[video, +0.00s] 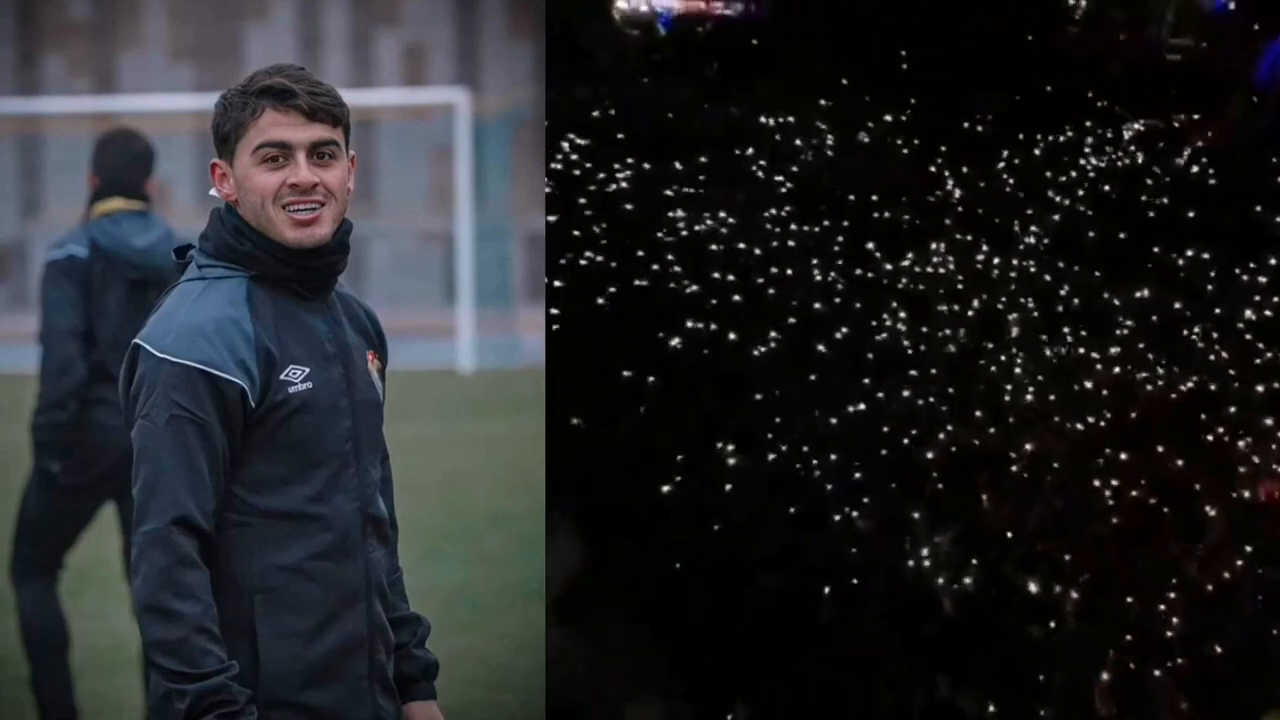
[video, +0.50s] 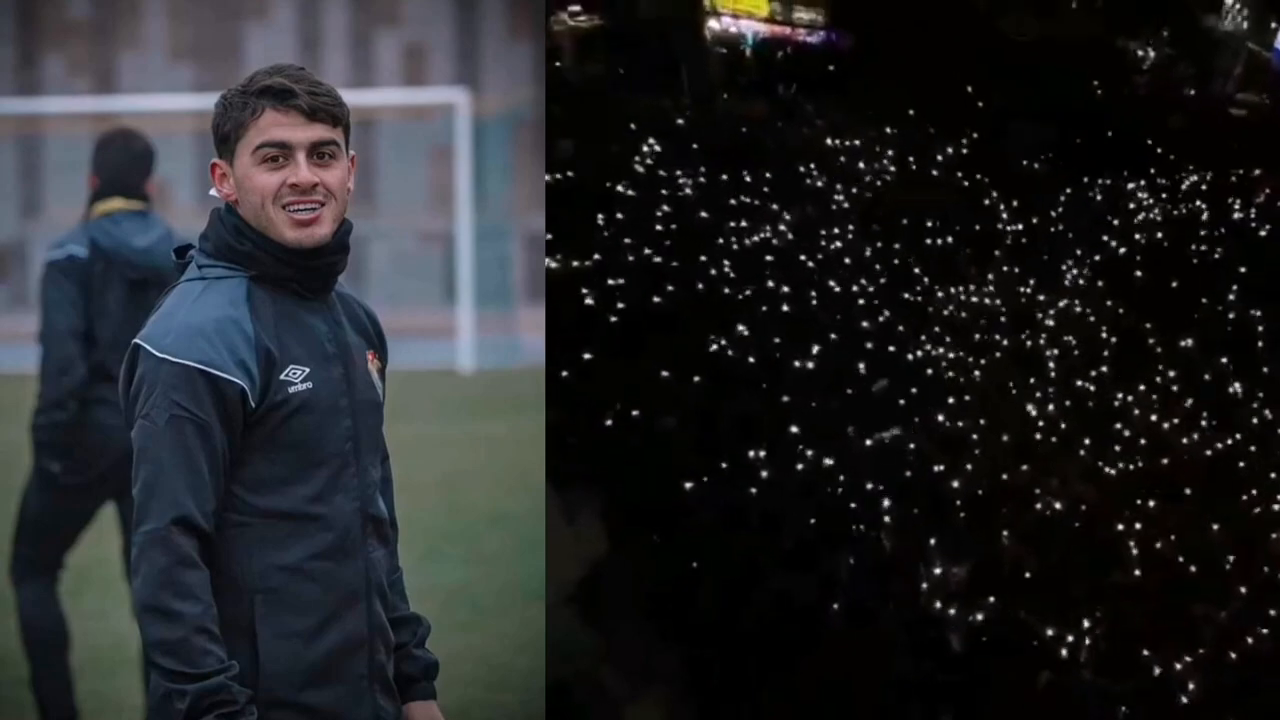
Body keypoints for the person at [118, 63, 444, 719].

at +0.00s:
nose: (305, 178)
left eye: (322, 155)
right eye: (274, 158)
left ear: (349, 171)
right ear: (226, 182)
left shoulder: (356, 323)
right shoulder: (195, 334)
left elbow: (372, 525)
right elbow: (164, 550)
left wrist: (414, 684)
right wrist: (213, 705)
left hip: (365, 690)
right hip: (260, 691)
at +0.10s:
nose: (305, 178)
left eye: (322, 155)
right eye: (274, 158)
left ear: (349, 171)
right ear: (226, 182)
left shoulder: (356, 323)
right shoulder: (195, 334)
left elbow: (372, 525)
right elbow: (164, 550)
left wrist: (414, 684)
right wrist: (213, 705)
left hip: (365, 690)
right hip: (260, 691)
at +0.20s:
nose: (305, 178)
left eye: (322, 155)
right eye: (274, 158)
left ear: (349, 171)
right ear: (226, 182)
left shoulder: (356, 323)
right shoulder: (195, 334)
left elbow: (372, 525)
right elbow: (164, 550)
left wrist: (414, 684)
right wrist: (213, 705)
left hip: (365, 690)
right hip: (260, 691)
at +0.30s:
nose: (305, 178)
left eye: (322, 155)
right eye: (274, 158)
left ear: (349, 171)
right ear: (225, 182)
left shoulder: (356, 323)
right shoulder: (195, 335)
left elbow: (373, 525)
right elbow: (164, 550)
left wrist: (414, 685)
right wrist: (212, 705)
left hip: (366, 691)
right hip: (260, 692)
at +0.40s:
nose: (305, 178)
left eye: (322, 155)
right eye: (274, 158)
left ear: (349, 171)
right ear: (226, 182)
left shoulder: (356, 323)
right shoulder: (195, 335)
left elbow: (373, 525)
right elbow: (164, 550)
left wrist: (414, 685)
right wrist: (212, 705)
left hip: (366, 691)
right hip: (260, 692)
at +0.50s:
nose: (305, 178)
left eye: (322, 155)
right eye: (274, 158)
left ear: (349, 171)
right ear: (226, 182)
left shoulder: (356, 323)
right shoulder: (195, 335)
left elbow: (373, 525)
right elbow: (164, 550)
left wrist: (414, 685)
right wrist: (213, 705)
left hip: (366, 691)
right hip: (260, 692)